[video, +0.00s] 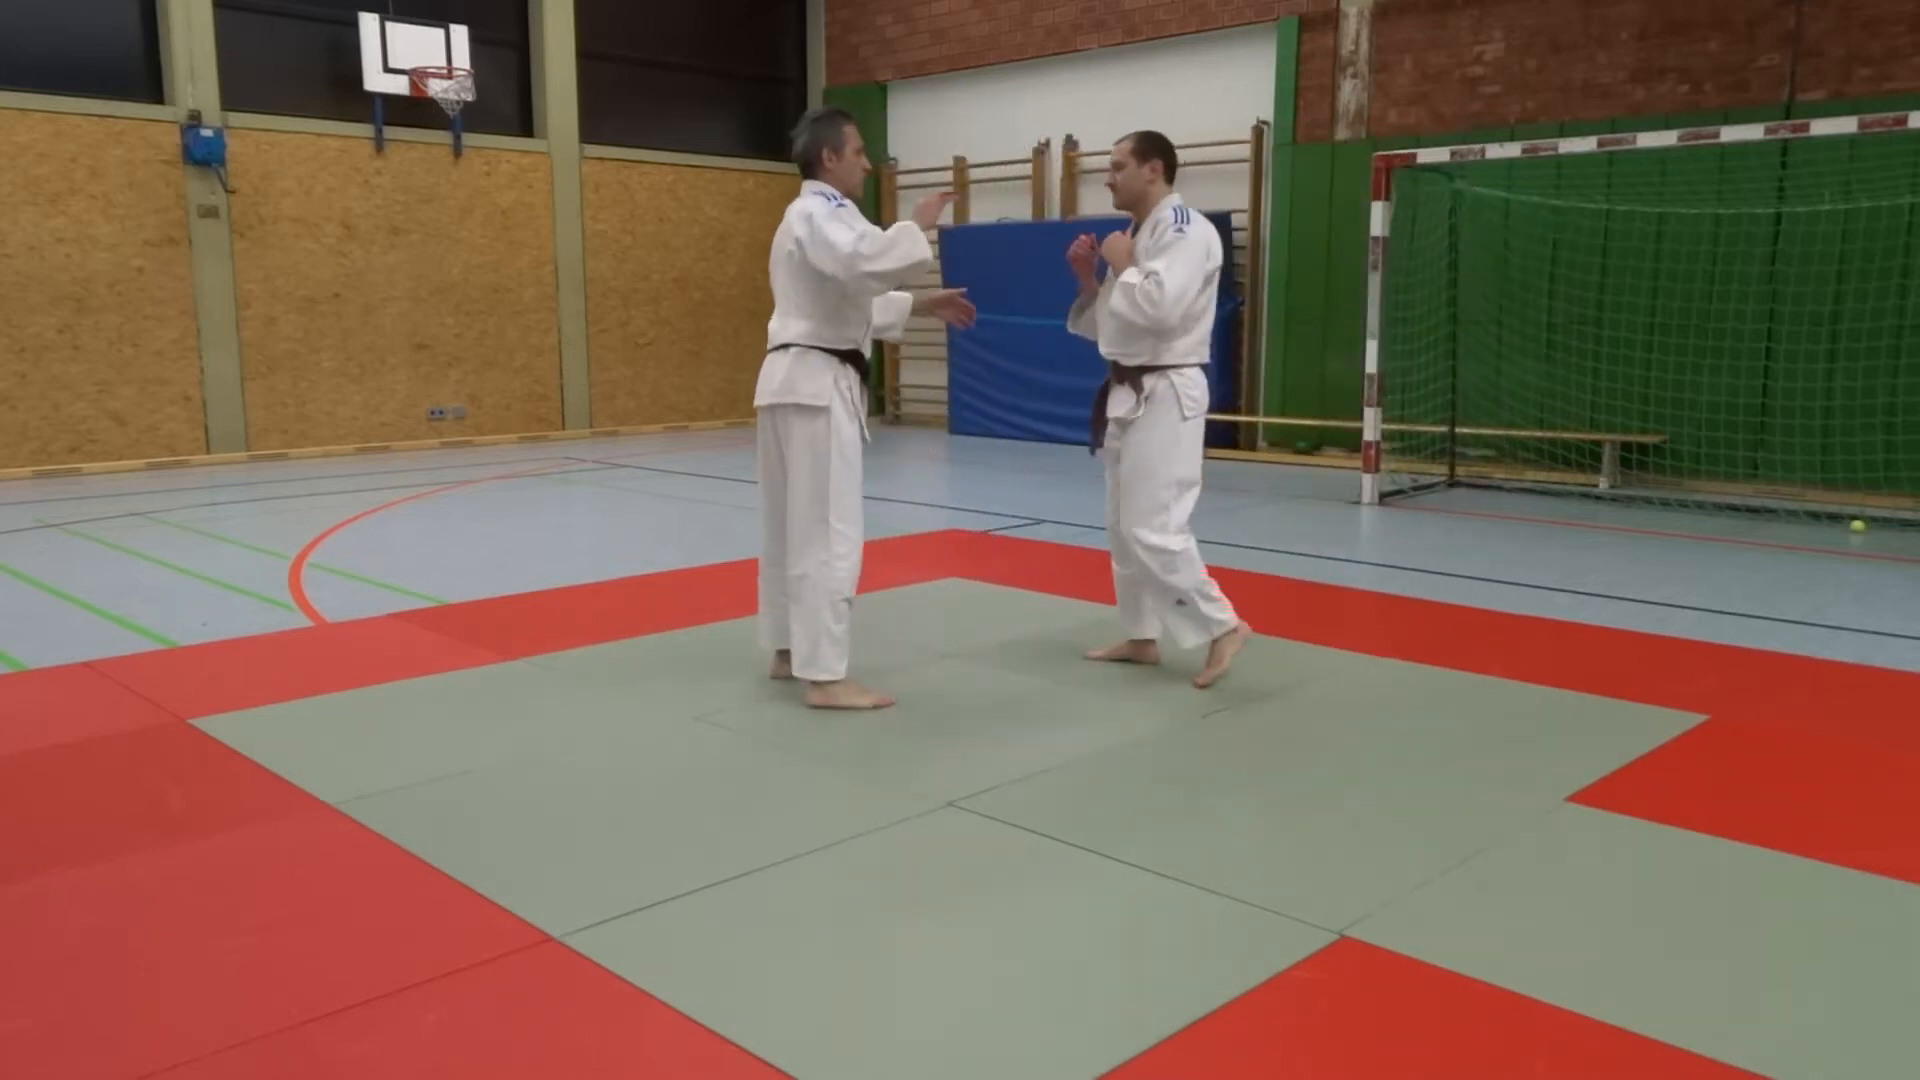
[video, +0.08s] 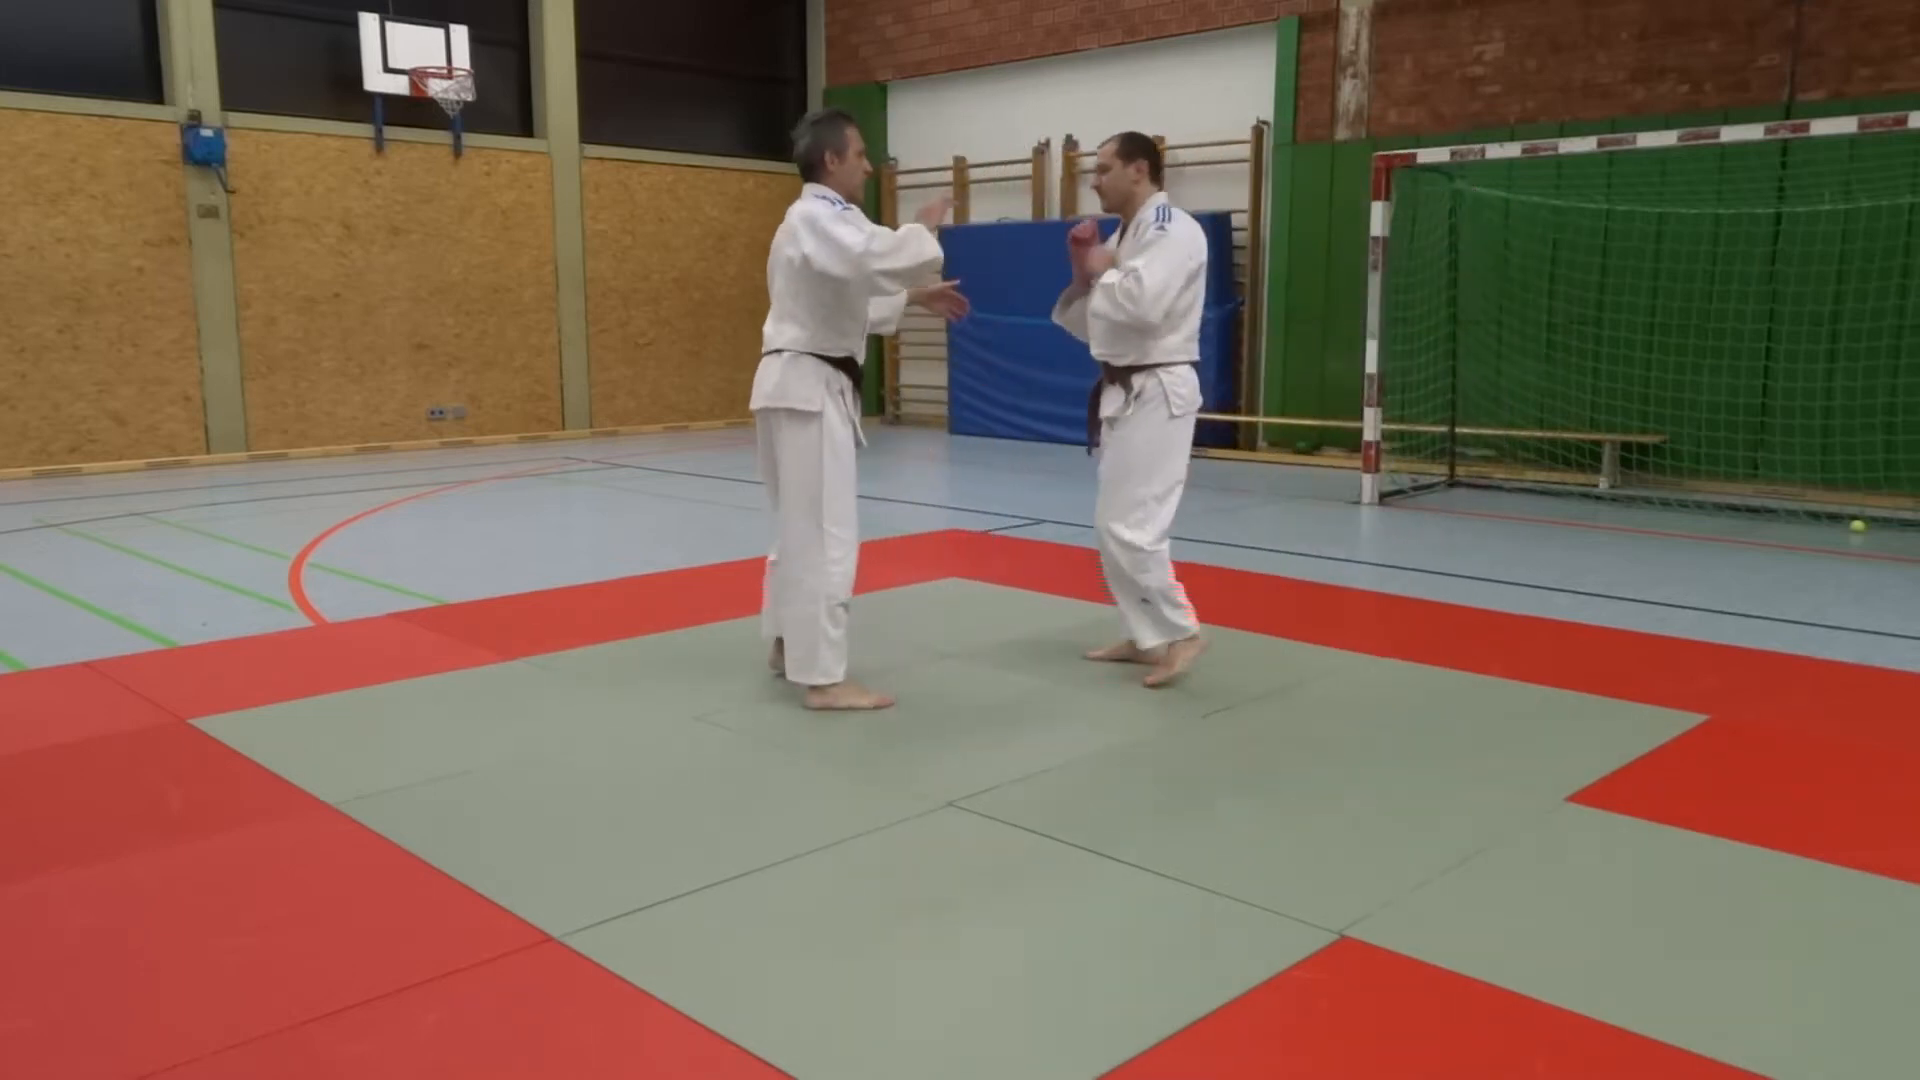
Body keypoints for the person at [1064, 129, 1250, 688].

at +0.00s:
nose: (1109, 177)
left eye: (1118, 167)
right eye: (1110, 169)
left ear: (1154, 172)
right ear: (1146, 175)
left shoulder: (1190, 231)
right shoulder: (1139, 237)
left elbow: (1157, 308)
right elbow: (1110, 327)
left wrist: (1122, 267)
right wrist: (1089, 284)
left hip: (1169, 392)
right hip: (1128, 393)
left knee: (1148, 525)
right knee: (1124, 524)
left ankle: (1225, 628)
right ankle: (1141, 639)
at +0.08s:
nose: (1096, 182)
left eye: (1104, 171)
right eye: (1095, 172)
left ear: (1139, 172)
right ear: (1130, 174)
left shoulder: (1177, 231)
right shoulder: (1126, 239)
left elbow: (1141, 304)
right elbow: (1091, 324)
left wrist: (1101, 271)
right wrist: (1082, 272)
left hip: (1160, 392)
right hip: (1122, 392)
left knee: (1125, 521)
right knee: (1116, 520)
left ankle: (1182, 632)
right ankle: (1143, 635)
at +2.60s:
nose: (1032, 187)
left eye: (1035, 177)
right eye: (1034, 177)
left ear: (1053, 178)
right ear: (1085, 182)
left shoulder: (1027, 224)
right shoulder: (1125, 239)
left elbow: (958, 253)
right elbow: (1142, 332)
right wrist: (1086, 347)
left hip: (1060, 386)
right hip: (1113, 385)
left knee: (1065, 530)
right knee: (1099, 526)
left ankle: (1095, 661)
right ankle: (1100, 643)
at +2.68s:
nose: (1034, 185)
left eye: (1037, 176)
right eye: (1035, 176)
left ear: (1058, 177)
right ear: (1084, 180)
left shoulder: (1033, 222)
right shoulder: (1127, 242)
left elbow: (961, 256)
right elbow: (1134, 333)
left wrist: (893, 252)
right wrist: (1071, 353)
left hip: (1060, 385)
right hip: (1111, 383)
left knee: (1061, 526)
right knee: (1099, 522)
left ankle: (1093, 657)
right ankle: (1104, 641)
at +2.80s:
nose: (1029, 182)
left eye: (1035, 172)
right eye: (1031, 172)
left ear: (1061, 174)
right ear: (1079, 178)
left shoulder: (1037, 222)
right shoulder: (1125, 242)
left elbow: (956, 262)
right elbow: (1117, 327)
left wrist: (878, 262)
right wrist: (1049, 370)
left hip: (1065, 385)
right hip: (1111, 382)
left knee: (1054, 525)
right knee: (1099, 519)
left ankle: (1092, 649)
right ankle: (1106, 632)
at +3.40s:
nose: (1030, 180)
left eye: (1037, 170)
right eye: (1032, 170)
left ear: (1066, 174)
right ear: (1083, 177)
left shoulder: (1052, 217)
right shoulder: (1124, 242)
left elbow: (989, 255)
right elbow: (1102, 317)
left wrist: (913, 248)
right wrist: (1026, 318)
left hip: (1082, 391)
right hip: (1112, 385)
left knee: (1084, 521)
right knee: (1098, 514)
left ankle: (1115, 651)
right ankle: (1097, 627)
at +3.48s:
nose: (1027, 179)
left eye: (1034, 170)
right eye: (1029, 170)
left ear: (1066, 174)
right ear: (1067, 176)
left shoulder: (1079, 218)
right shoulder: (1072, 224)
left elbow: (1012, 260)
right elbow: (1050, 328)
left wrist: (946, 252)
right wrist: (975, 349)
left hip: (1094, 393)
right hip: (1070, 393)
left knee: (1087, 525)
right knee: (1065, 520)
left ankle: (1115, 651)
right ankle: (1095, 628)